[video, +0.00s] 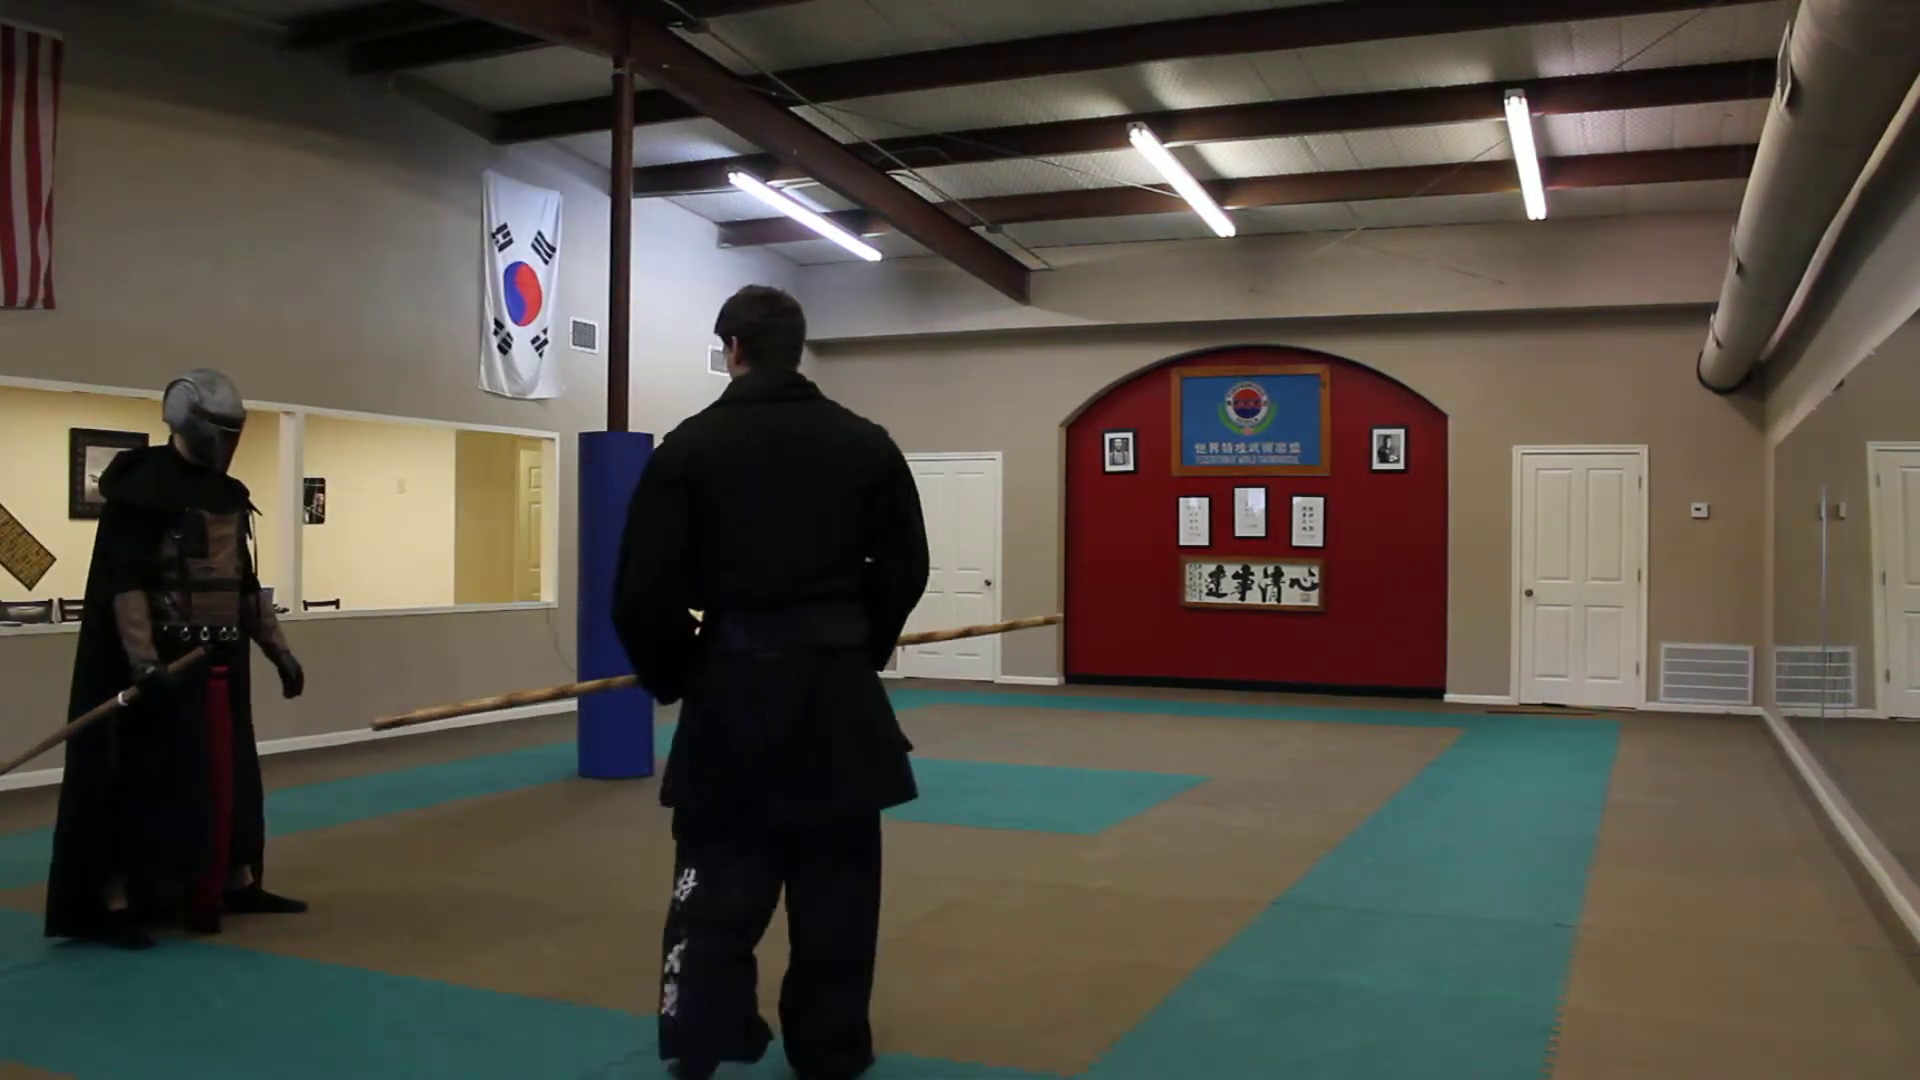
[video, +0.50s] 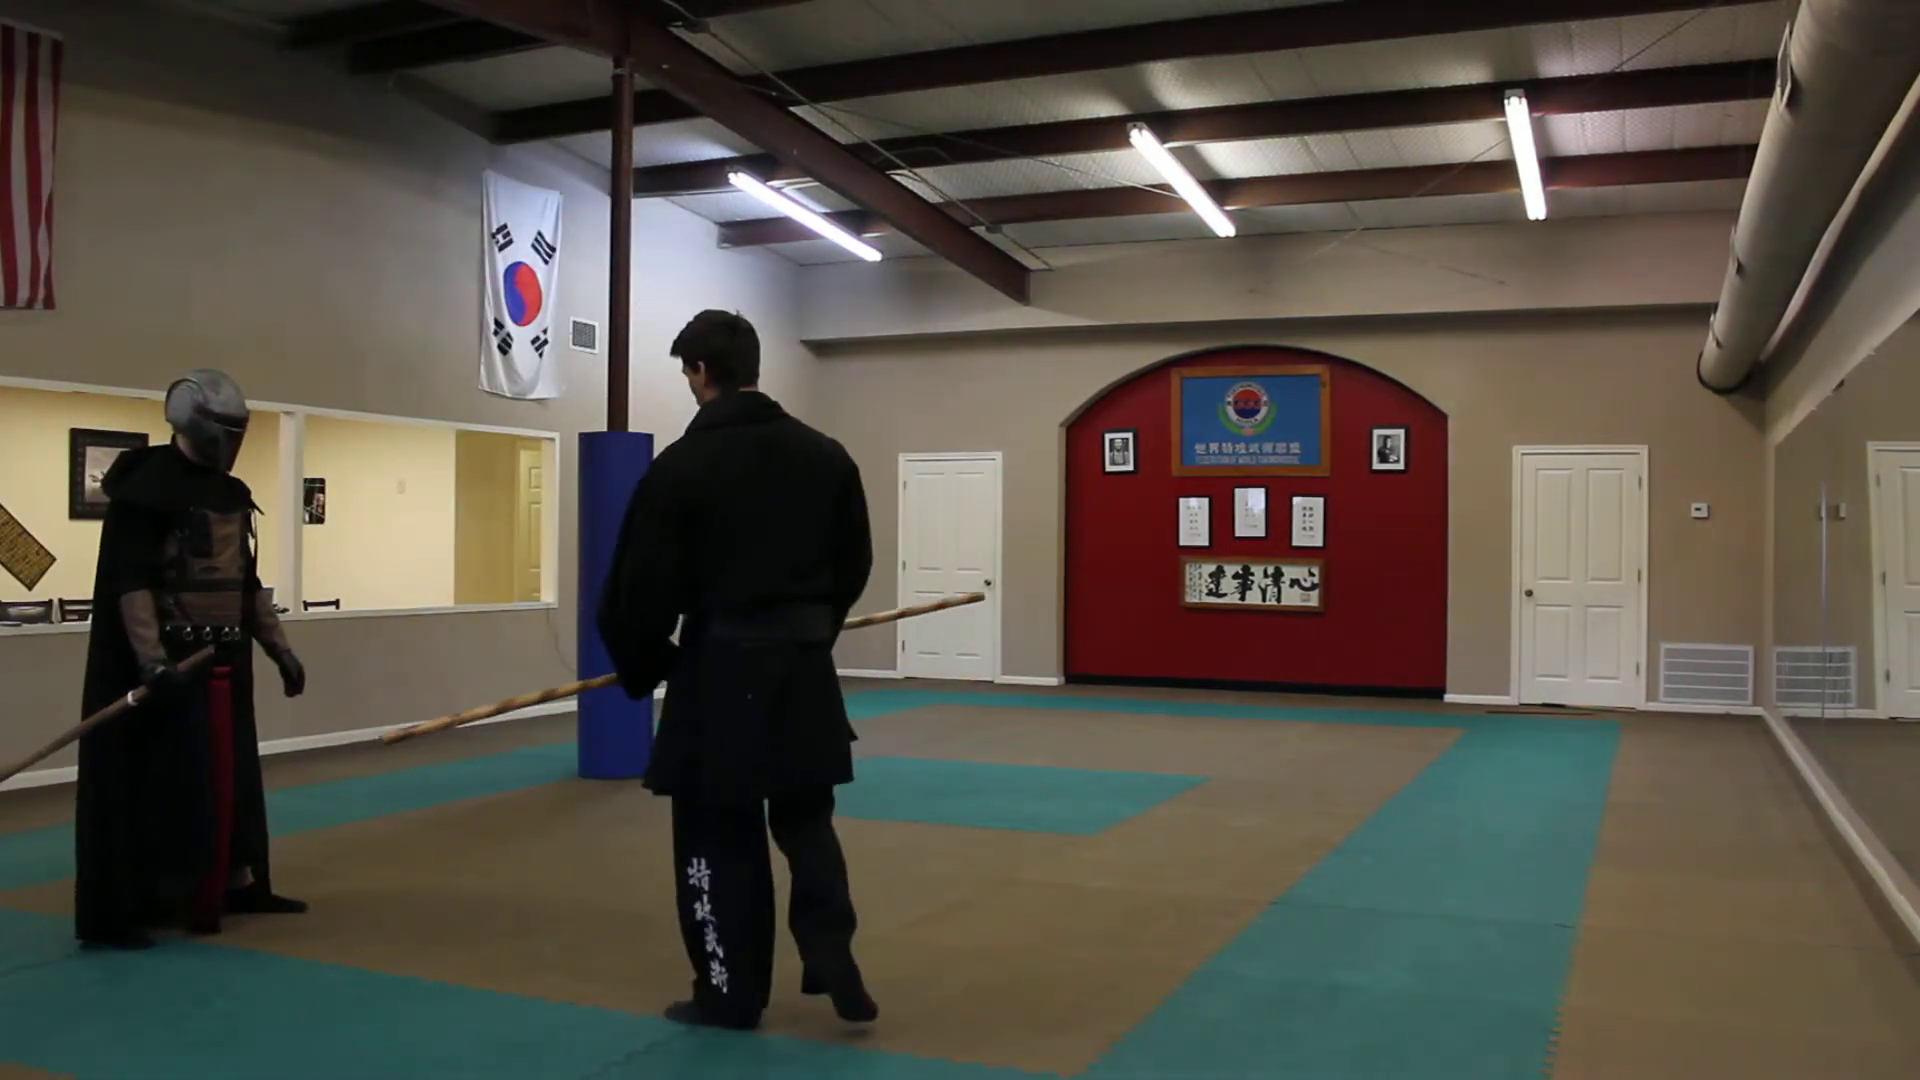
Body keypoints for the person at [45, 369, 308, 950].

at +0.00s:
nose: (232, 439)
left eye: (235, 428)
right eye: (222, 428)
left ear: (232, 428)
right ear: (185, 424)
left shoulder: (228, 497)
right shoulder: (142, 484)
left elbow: (244, 587)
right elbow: (125, 579)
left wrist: (280, 651)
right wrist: (143, 659)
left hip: (217, 667)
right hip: (151, 665)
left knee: (231, 772)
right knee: (134, 780)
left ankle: (235, 885)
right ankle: (116, 903)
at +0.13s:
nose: (234, 439)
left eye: (236, 428)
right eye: (224, 428)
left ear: (229, 427)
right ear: (188, 424)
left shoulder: (229, 495)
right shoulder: (143, 482)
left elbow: (245, 586)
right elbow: (125, 578)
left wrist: (281, 649)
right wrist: (143, 659)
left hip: (219, 664)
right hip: (154, 663)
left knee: (231, 772)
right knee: (138, 781)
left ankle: (233, 886)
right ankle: (117, 905)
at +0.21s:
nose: (234, 439)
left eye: (237, 428)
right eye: (224, 428)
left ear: (232, 427)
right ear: (188, 424)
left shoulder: (229, 494)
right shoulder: (143, 482)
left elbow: (244, 586)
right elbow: (127, 579)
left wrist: (281, 649)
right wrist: (143, 658)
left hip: (218, 664)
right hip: (153, 664)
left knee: (230, 773)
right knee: (137, 782)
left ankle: (231, 887)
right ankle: (112, 908)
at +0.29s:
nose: (234, 439)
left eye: (237, 428)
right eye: (224, 428)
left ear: (234, 427)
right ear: (188, 424)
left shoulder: (230, 495)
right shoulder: (144, 483)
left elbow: (244, 585)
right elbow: (127, 580)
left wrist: (281, 650)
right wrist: (145, 658)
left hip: (219, 664)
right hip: (154, 664)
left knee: (229, 774)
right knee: (142, 781)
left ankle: (230, 887)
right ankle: (120, 907)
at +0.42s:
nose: (235, 440)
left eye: (238, 429)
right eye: (225, 428)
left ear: (236, 427)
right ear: (189, 424)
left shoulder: (231, 494)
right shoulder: (144, 480)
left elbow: (245, 585)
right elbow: (128, 578)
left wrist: (282, 650)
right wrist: (148, 657)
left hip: (219, 663)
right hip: (152, 663)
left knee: (228, 775)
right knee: (141, 782)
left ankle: (231, 888)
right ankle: (120, 912)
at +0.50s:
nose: (234, 439)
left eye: (238, 428)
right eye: (224, 427)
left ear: (238, 426)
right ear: (188, 424)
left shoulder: (231, 494)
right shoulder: (145, 480)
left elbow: (244, 584)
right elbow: (129, 578)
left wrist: (281, 649)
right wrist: (151, 658)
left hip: (219, 663)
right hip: (152, 662)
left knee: (229, 774)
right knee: (141, 782)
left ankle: (232, 888)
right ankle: (121, 911)